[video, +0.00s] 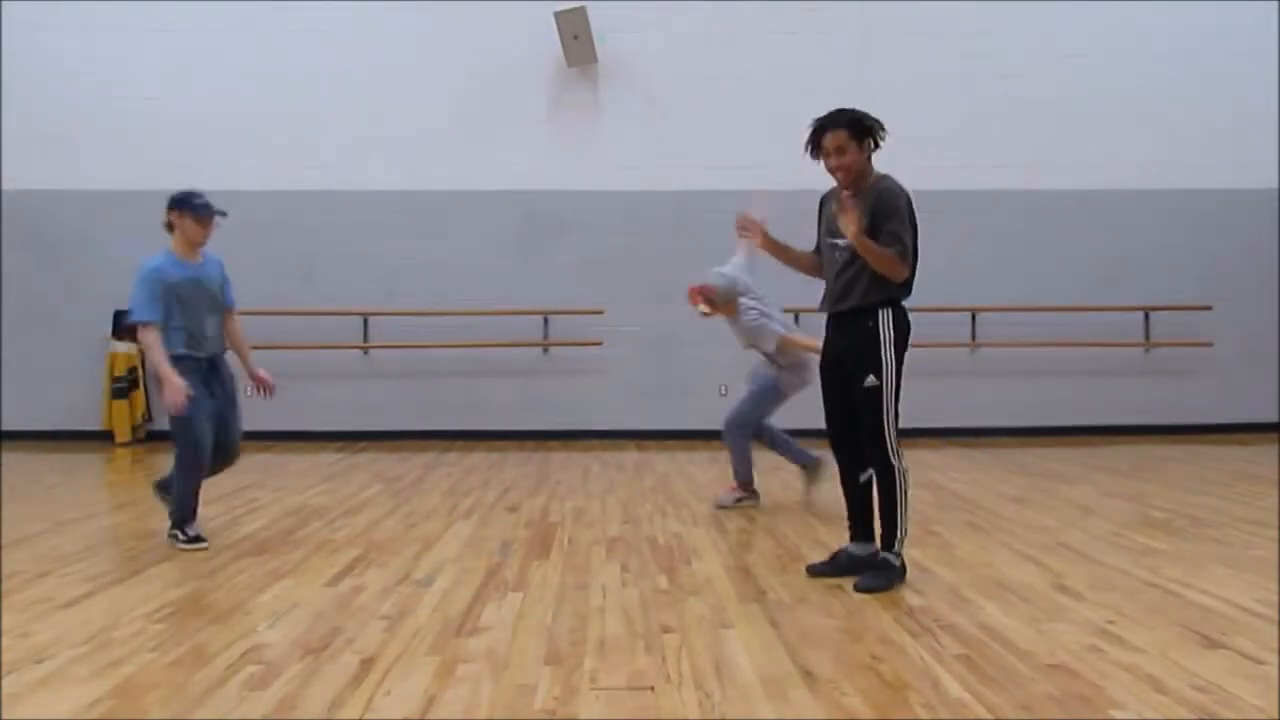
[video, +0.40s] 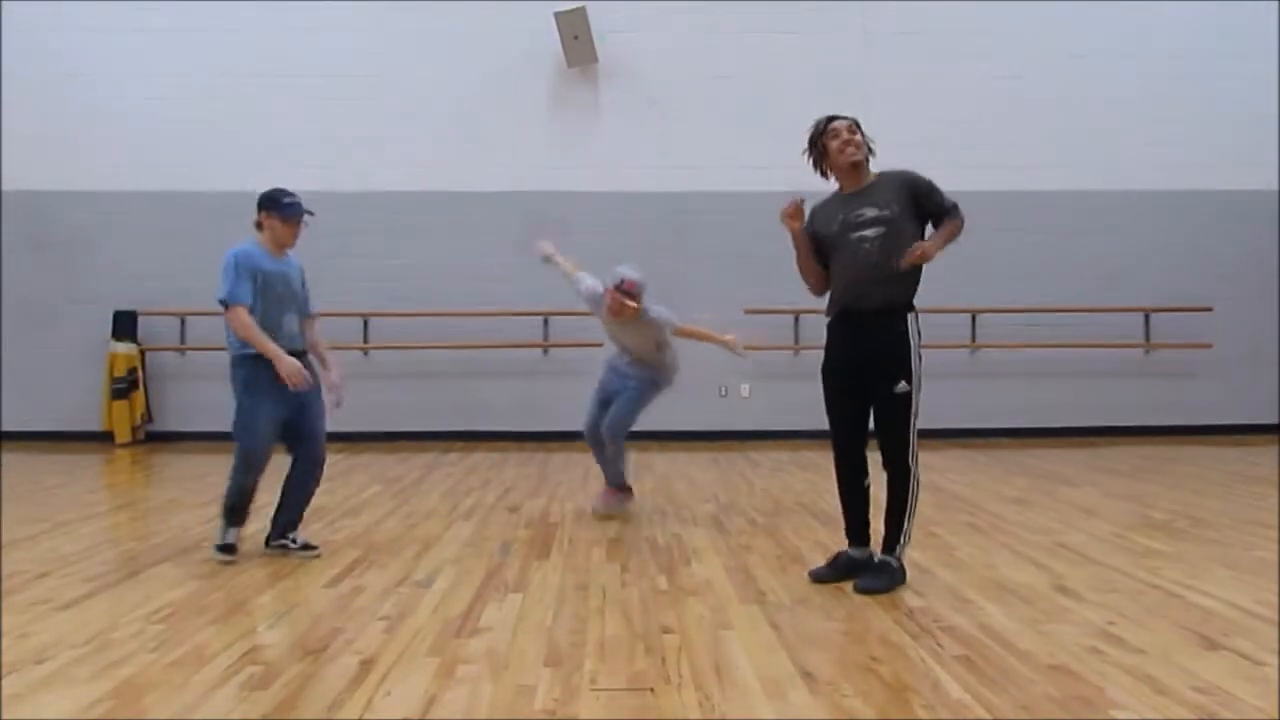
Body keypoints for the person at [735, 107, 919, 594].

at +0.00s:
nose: (834, 163)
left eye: (842, 151)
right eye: (826, 156)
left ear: (867, 147)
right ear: (821, 158)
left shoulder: (890, 196)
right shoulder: (831, 202)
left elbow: (900, 271)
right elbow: (821, 266)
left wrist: (858, 234)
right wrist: (769, 243)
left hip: (879, 324)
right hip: (840, 326)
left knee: (880, 440)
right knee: (846, 441)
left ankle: (892, 554)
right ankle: (861, 545)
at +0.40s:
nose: (848, 139)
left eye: (852, 132)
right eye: (836, 137)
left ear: (866, 144)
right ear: (823, 158)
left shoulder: (904, 185)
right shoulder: (821, 214)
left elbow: (952, 218)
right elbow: (817, 284)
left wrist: (932, 244)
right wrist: (798, 236)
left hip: (892, 332)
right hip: (844, 335)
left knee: (896, 452)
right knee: (847, 449)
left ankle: (892, 557)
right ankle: (857, 549)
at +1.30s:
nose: (861, 132)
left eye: (872, 129)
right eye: (852, 130)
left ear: (888, 151)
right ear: (842, 151)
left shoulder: (905, 192)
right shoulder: (836, 202)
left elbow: (937, 256)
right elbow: (845, 273)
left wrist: (882, 260)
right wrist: (818, 268)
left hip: (885, 331)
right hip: (839, 332)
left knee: (891, 448)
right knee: (842, 446)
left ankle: (892, 557)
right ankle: (858, 550)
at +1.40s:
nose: (854, 125)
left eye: (867, 121)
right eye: (850, 123)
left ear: (889, 141)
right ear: (842, 142)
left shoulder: (902, 181)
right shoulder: (838, 191)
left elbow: (937, 246)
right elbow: (850, 250)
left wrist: (883, 210)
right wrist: (825, 255)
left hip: (883, 320)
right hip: (838, 322)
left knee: (891, 442)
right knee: (843, 442)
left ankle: (894, 555)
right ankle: (857, 548)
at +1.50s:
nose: (850, 127)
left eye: (863, 123)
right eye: (849, 124)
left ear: (886, 142)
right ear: (844, 143)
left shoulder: (903, 187)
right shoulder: (838, 194)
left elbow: (932, 255)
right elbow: (848, 259)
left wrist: (878, 225)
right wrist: (824, 267)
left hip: (883, 324)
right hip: (838, 324)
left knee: (890, 443)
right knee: (841, 442)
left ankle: (895, 556)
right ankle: (857, 549)